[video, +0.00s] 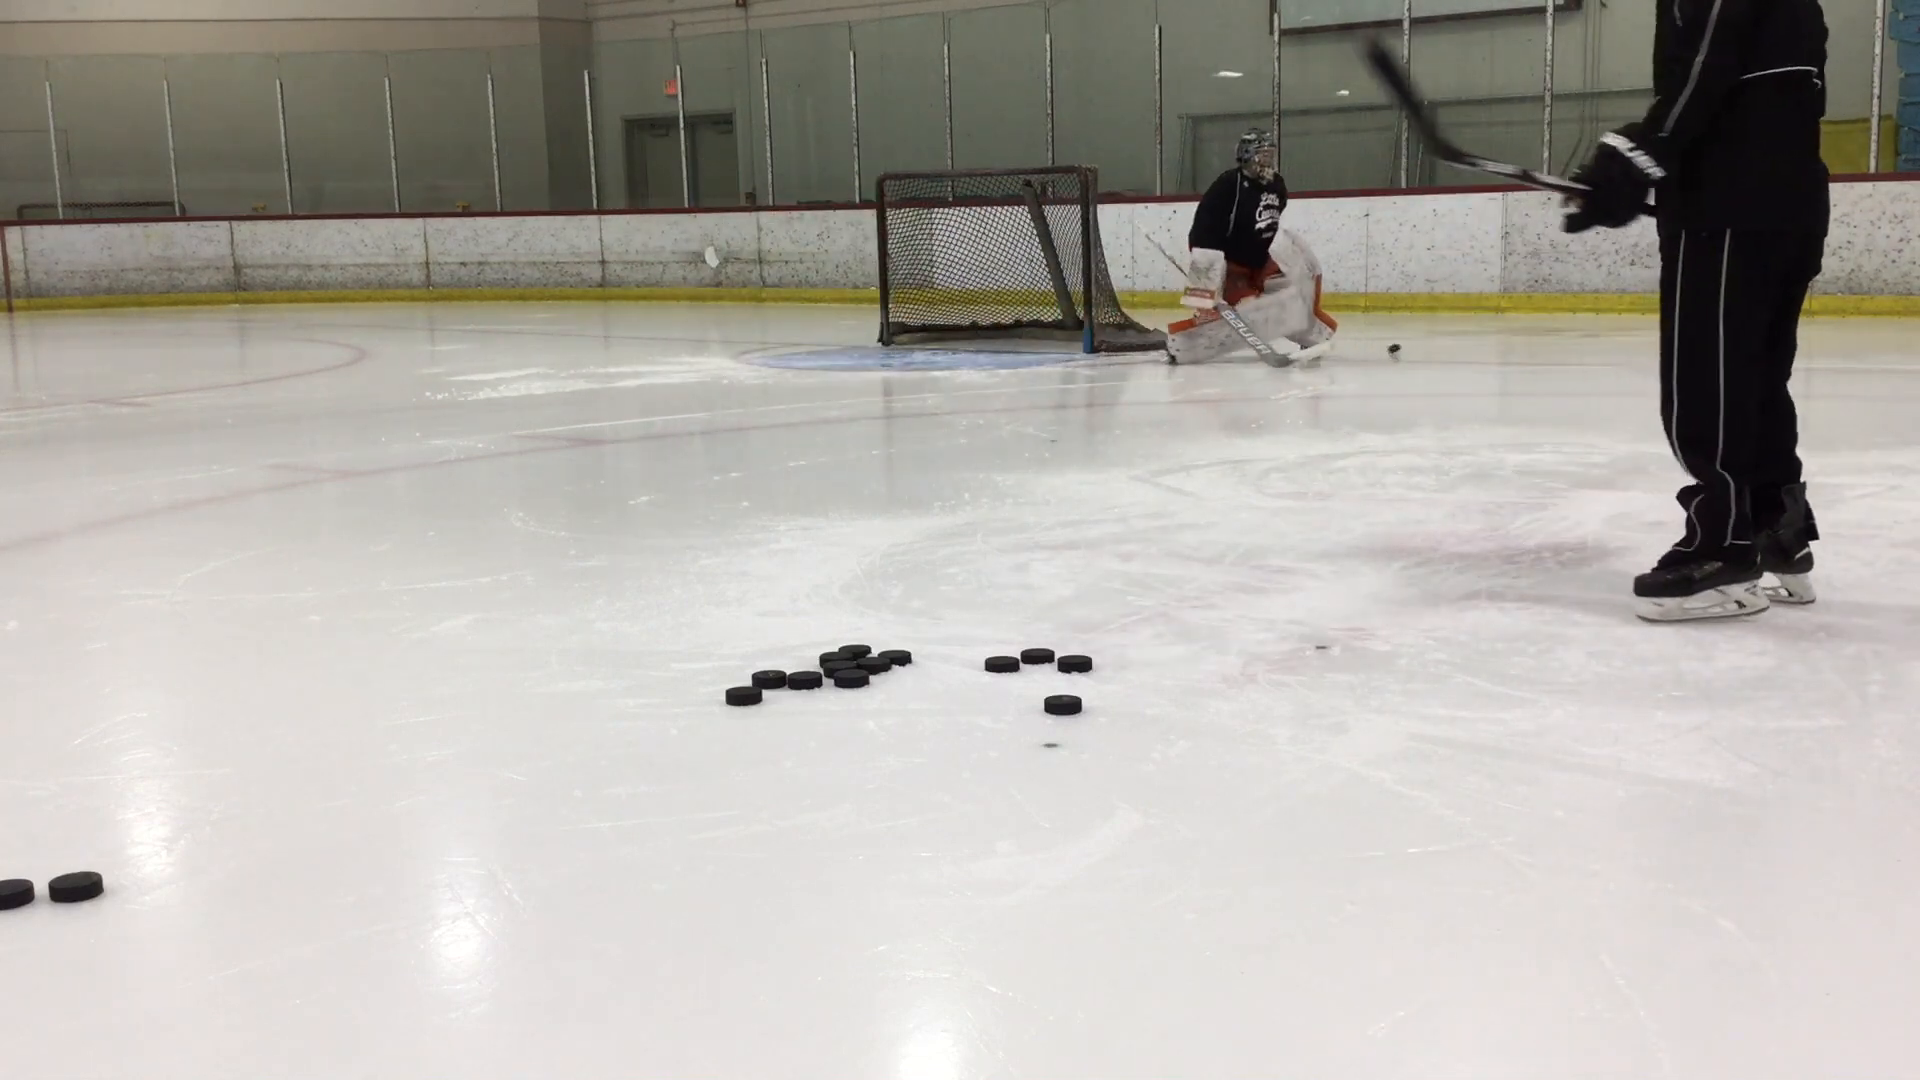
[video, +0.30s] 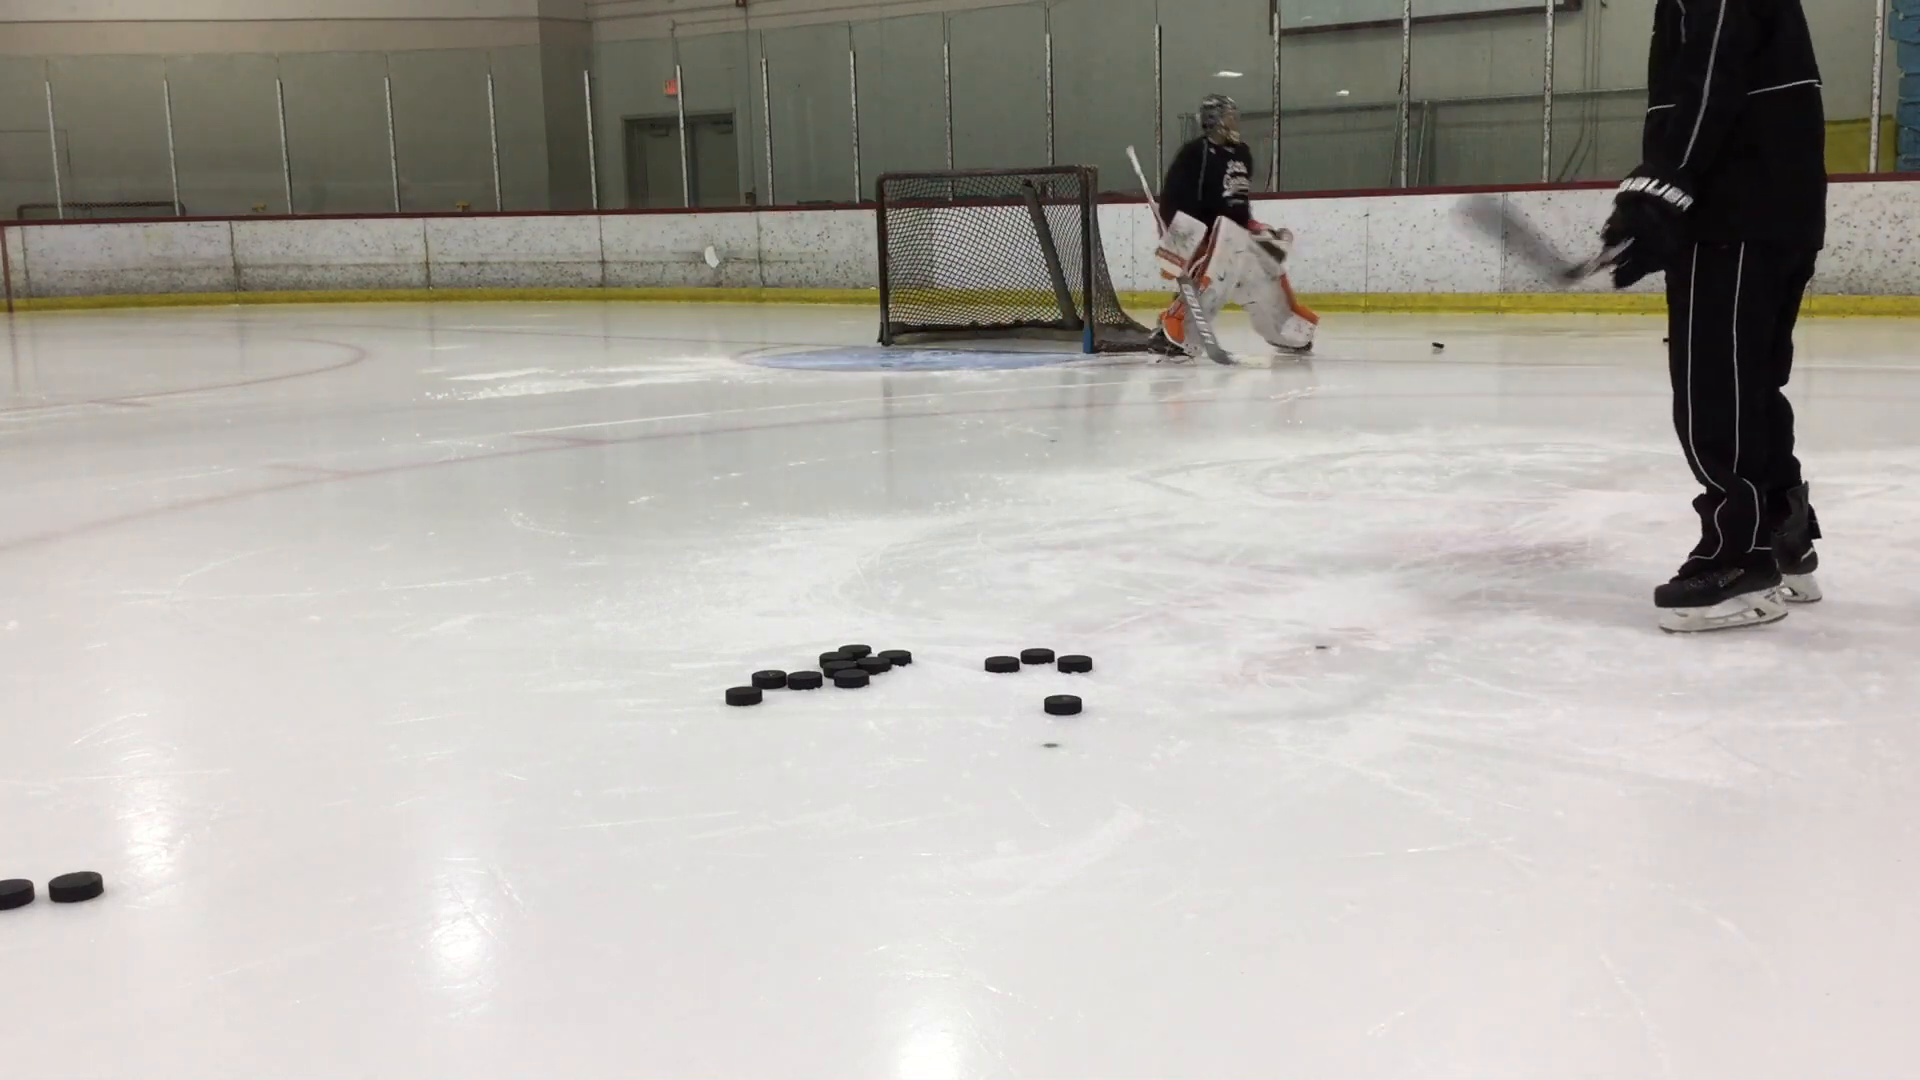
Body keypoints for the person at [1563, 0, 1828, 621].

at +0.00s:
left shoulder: (1713, 2)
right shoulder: (1796, 8)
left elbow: (1702, 70)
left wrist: (1637, 156)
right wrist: (1647, 175)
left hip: (1721, 199)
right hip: (1785, 194)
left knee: (1702, 377)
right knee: (1759, 374)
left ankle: (1722, 548)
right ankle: (1777, 533)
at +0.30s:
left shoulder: (1708, 3)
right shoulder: (1762, 11)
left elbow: (1706, 85)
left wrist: (1656, 198)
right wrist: (1662, 207)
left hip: (1732, 215)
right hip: (1772, 212)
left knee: (1713, 388)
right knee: (1752, 381)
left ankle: (1741, 561)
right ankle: (1783, 545)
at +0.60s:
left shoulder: (1669, 9)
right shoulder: (1714, 8)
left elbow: (1638, 134)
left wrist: (1559, 234)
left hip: (1709, 228)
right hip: (1769, 218)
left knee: (1674, 399)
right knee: (1747, 389)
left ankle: (1695, 569)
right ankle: (1779, 538)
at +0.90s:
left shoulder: (1599, 7)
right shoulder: (1692, 6)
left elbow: (1583, 129)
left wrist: (1521, 250)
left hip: (1670, 221)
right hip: (1755, 205)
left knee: (1636, 394)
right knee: (1728, 385)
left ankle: (1661, 574)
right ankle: (1736, 550)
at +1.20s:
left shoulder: (1565, 16)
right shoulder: (1691, 7)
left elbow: (1554, 125)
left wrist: (1546, 241)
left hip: (1648, 223)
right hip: (1744, 206)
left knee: (1628, 396)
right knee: (1718, 384)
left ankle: (1658, 574)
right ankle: (1732, 553)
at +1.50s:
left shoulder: (1565, 12)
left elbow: (1553, 117)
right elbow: (1772, 13)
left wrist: (1555, 228)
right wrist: (1731, 90)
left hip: (1644, 210)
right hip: (1742, 194)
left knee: (1624, 396)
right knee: (1722, 384)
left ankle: (1651, 576)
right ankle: (1743, 556)